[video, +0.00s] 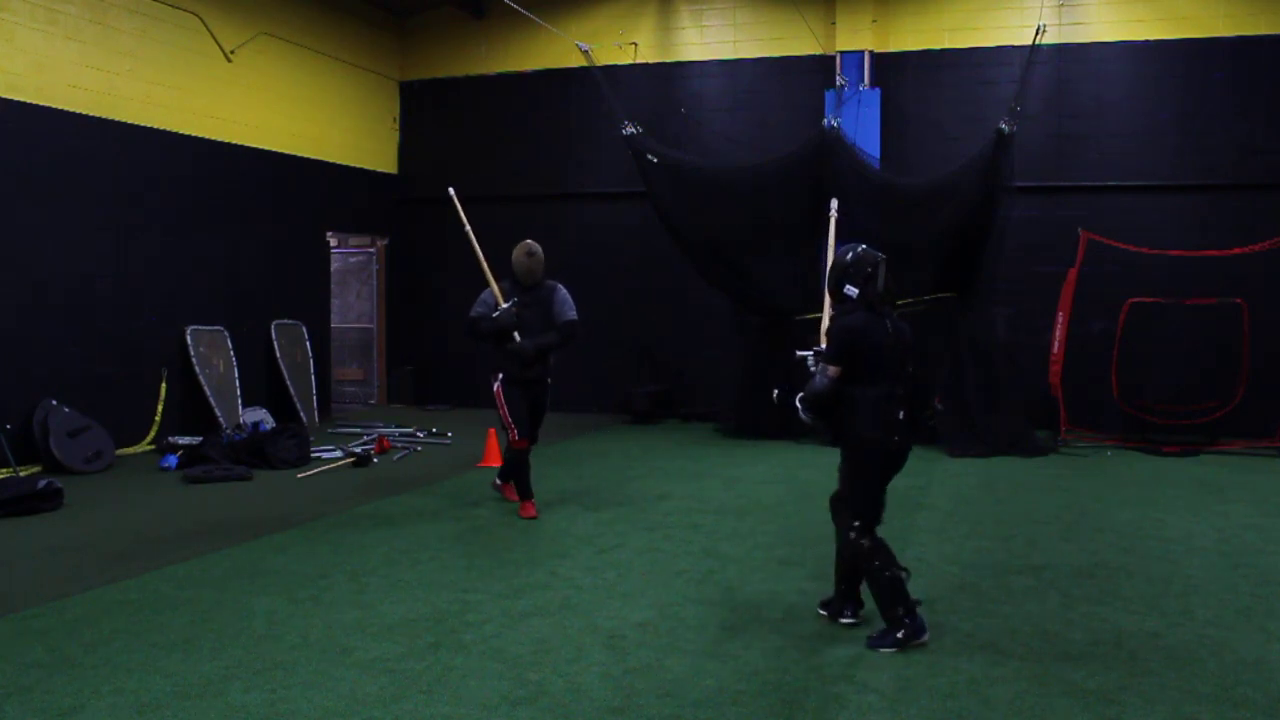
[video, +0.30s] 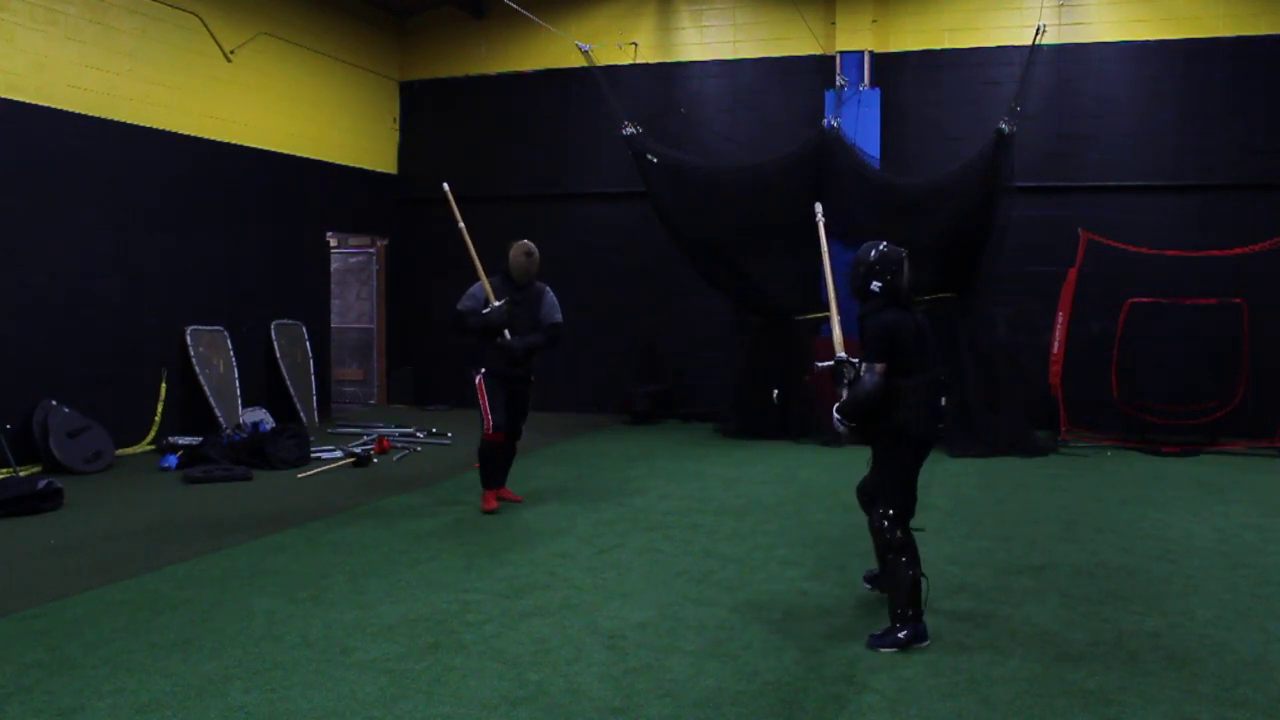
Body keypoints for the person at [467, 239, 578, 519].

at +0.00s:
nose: (530, 280)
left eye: (534, 274)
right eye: (525, 275)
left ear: (542, 270)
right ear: (516, 270)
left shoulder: (555, 293)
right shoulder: (497, 294)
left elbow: (570, 330)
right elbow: (473, 327)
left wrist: (534, 346)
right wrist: (499, 321)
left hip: (540, 376)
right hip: (507, 375)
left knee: (528, 437)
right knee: (519, 437)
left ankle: (503, 479)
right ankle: (526, 498)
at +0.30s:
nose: (526, 273)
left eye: (531, 268)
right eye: (522, 267)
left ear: (536, 267)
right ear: (510, 265)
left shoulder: (543, 295)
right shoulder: (487, 289)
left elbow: (554, 332)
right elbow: (461, 320)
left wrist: (520, 344)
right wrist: (492, 317)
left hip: (522, 372)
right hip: (489, 369)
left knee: (513, 430)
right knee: (494, 428)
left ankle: (500, 485)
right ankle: (489, 490)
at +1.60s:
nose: (514, 267)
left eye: (519, 262)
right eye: (508, 260)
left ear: (522, 265)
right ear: (493, 258)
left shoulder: (525, 296)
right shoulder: (465, 286)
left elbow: (540, 335)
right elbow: (429, 312)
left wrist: (508, 345)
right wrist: (469, 316)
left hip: (505, 387)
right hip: (467, 384)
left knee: (507, 454)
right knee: (456, 456)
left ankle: (505, 513)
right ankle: (444, 525)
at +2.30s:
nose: (548, 273)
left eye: (550, 266)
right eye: (542, 266)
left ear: (542, 269)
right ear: (523, 264)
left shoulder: (537, 307)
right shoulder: (483, 294)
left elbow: (544, 352)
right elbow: (460, 333)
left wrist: (537, 368)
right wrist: (515, 337)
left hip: (509, 403)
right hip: (470, 400)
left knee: (528, 472)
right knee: (459, 477)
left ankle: (523, 548)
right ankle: (439, 524)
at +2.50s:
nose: (557, 295)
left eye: (560, 287)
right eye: (555, 286)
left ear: (538, 281)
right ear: (538, 280)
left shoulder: (541, 320)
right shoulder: (494, 306)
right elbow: (476, 345)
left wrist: (542, 381)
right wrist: (533, 351)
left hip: (506, 412)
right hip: (467, 409)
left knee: (538, 473)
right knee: (445, 485)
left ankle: (524, 551)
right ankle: (404, 563)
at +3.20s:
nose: (531, 284)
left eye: (532, 276)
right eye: (527, 276)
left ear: (508, 274)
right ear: (507, 274)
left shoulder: (505, 315)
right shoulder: (475, 302)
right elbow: (449, 341)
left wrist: (507, 397)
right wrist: (503, 360)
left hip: (467, 417)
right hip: (437, 414)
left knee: (499, 480)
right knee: (430, 500)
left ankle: (482, 561)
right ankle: (379, 579)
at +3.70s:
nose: (527, 284)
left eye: (526, 277)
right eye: (523, 276)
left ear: (490, 274)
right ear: (508, 275)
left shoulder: (499, 312)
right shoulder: (481, 304)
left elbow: (505, 374)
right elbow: (502, 349)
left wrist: (539, 392)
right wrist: (545, 352)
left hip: (459, 425)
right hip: (438, 424)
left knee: (494, 479)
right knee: (417, 513)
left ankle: (483, 565)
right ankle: (363, 596)